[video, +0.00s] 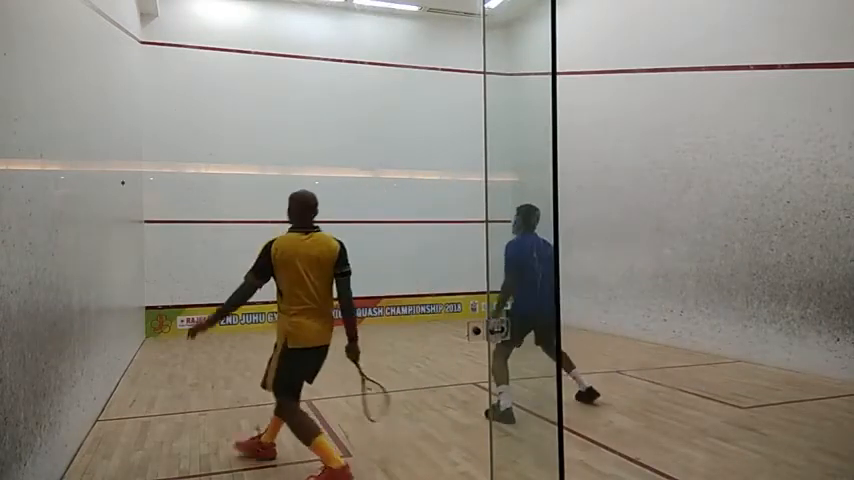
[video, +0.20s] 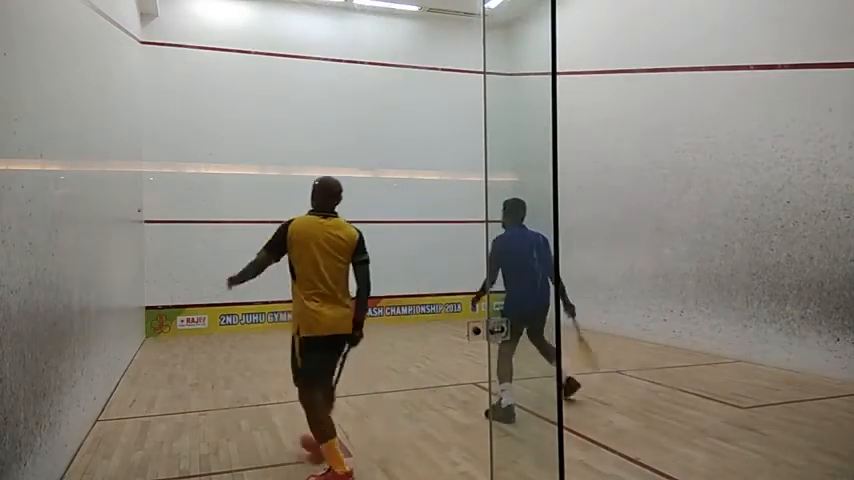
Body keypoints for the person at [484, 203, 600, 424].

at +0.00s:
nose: (512, 221)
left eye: (515, 218)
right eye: (514, 217)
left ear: (521, 221)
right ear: (535, 222)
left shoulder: (514, 246)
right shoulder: (547, 247)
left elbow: (510, 282)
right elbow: (553, 280)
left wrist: (497, 312)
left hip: (523, 310)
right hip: (548, 310)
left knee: (499, 355)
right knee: (549, 345)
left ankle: (504, 406)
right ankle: (584, 386)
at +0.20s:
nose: (501, 218)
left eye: (503, 214)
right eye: (503, 214)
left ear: (507, 216)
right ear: (522, 216)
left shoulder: (500, 243)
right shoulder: (539, 239)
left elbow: (491, 277)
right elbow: (553, 274)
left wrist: (479, 294)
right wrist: (566, 301)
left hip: (516, 303)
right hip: (541, 302)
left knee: (505, 352)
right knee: (537, 337)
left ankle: (506, 405)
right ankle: (565, 379)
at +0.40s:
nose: (501, 219)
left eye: (503, 216)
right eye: (503, 215)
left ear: (505, 217)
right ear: (522, 217)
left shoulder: (497, 243)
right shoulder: (538, 240)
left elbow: (490, 271)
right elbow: (552, 273)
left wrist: (483, 283)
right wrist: (571, 297)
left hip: (516, 304)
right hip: (541, 304)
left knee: (508, 345)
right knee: (541, 341)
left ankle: (505, 389)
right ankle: (552, 386)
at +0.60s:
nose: (496, 215)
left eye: (497, 212)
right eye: (498, 212)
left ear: (499, 214)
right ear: (516, 213)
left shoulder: (493, 237)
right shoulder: (531, 236)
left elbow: (491, 270)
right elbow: (542, 269)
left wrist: (490, 290)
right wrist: (553, 293)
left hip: (506, 298)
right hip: (531, 298)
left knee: (496, 334)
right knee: (537, 339)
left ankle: (507, 374)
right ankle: (552, 384)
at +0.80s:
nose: (479, 215)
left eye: (479, 212)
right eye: (481, 211)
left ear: (479, 212)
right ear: (496, 211)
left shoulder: (477, 233)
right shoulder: (511, 232)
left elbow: (484, 258)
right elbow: (520, 264)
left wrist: (479, 279)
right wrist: (525, 290)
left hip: (496, 293)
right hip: (518, 291)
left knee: (497, 333)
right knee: (527, 331)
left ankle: (513, 371)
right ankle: (545, 368)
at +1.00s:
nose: (457, 221)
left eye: (457, 218)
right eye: (458, 218)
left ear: (458, 219)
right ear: (474, 217)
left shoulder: (459, 240)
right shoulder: (488, 235)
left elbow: (462, 269)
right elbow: (505, 262)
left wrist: (454, 281)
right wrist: (501, 285)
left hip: (480, 295)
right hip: (497, 292)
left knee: (490, 338)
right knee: (502, 330)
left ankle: (514, 370)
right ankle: (525, 355)